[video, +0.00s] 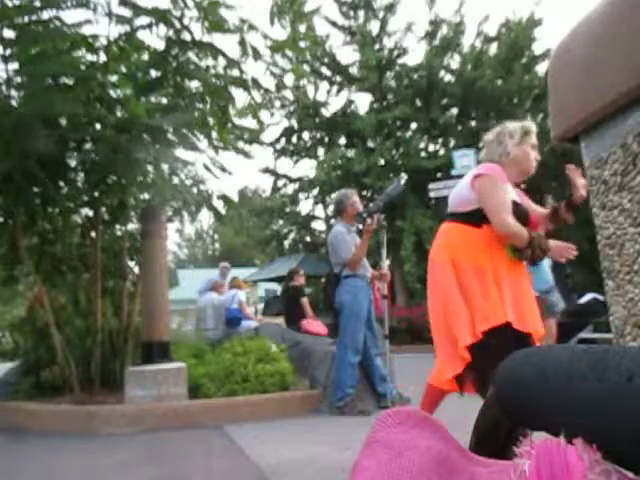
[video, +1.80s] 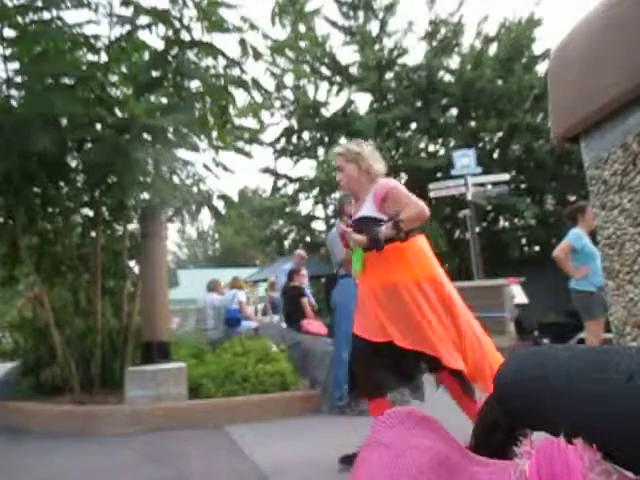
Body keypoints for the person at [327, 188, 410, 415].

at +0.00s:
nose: (361, 206)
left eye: (360, 202)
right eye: (356, 202)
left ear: (351, 207)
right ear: (346, 207)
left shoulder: (352, 232)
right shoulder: (338, 233)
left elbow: (358, 266)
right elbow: (353, 262)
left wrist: (375, 274)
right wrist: (367, 235)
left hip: (363, 285)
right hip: (351, 285)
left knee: (370, 344)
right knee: (351, 344)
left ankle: (386, 392)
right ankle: (344, 398)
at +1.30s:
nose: (362, 207)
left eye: (361, 202)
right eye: (358, 203)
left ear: (353, 207)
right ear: (347, 207)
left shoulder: (356, 231)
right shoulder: (337, 233)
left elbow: (360, 262)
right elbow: (350, 261)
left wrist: (374, 274)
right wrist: (361, 238)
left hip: (364, 283)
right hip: (350, 283)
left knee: (371, 342)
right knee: (349, 344)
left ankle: (385, 393)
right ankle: (343, 398)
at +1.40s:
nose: (361, 206)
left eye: (361, 202)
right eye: (357, 202)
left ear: (354, 207)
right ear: (346, 207)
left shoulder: (357, 231)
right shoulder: (337, 234)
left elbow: (366, 258)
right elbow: (346, 261)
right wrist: (362, 238)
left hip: (364, 285)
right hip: (347, 287)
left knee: (371, 342)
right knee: (348, 345)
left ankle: (384, 392)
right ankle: (343, 397)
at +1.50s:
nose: (361, 206)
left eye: (361, 202)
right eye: (357, 202)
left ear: (357, 207)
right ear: (346, 207)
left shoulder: (357, 231)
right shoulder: (337, 233)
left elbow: (365, 262)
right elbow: (348, 263)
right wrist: (362, 238)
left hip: (366, 282)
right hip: (348, 283)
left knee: (372, 342)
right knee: (348, 343)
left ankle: (385, 392)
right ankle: (344, 397)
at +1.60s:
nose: (362, 206)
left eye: (362, 202)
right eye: (357, 202)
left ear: (354, 207)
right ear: (346, 207)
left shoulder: (357, 232)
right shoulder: (337, 233)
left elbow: (363, 263)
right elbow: (347, 263)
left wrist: (376, 273)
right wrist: (360, 238)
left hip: (365, 283)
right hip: (349, 283)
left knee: (372, 341)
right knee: (348, 343)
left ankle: (385, 392)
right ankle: (343, 397)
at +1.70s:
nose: (361, 209)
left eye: (361, 205)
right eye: (356, 205)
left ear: (358, 207)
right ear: (345, 208)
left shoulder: (359, 231)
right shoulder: (337, 233)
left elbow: (367, 261)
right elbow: (347, 262)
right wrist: (359, 237)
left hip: (366, 282)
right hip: (349, 283)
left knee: (368, 338)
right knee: (347, 342)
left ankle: (377, 388)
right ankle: (344, 396)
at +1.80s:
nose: (354, 209)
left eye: (354, 205)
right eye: (351, 205)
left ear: (350, 208)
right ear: (343, 208)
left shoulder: (354, 229)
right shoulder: (336, 232)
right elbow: (343, 260)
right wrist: (359, 245)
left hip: (359, 279)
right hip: (345, 281)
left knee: (355, 339)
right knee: (344, 340)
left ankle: (354, 392)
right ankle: (340, 395)